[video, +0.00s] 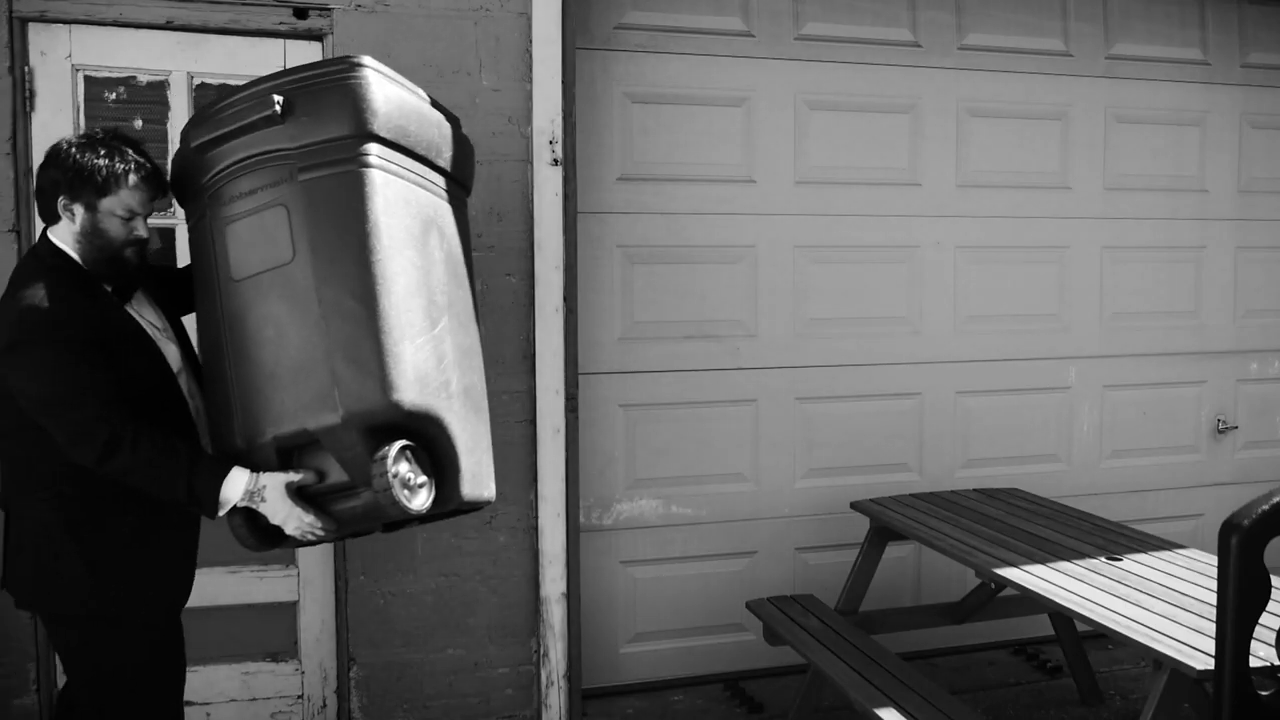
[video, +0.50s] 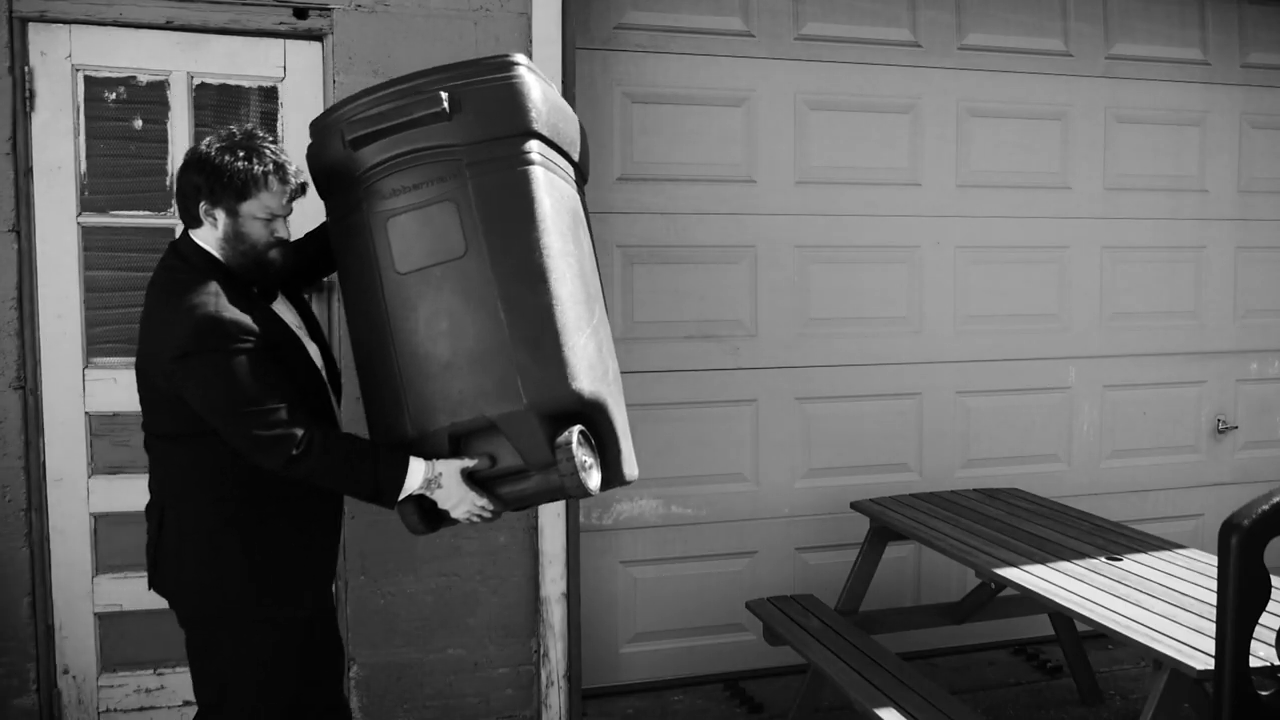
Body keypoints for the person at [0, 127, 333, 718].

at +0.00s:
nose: (144, 232)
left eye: (147, 216)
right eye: (126, 218)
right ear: (69, 211)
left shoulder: (122, 274)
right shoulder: (40, 311)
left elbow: (213, 282)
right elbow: (108, 444)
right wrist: (245, 488)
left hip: (144, 551)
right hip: (95, 569)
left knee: (141, 697)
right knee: (132, 703)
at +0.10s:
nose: (172, 239)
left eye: (174, 223)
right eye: (155, 226)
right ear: (97, 219)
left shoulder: (141, 279)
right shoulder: (71, 320)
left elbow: (232, 285)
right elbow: (151, 452)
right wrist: (287, 494)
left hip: (178, 560)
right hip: (133, 580)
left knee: (163, 703)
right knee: (169, 707)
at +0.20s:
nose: (198, 239)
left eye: (199, 223)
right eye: (183, 226)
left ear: (129, 219)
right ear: (125, 218)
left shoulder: (165, 276)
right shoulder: (103, 320)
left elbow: (256, 269)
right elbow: (188, 451)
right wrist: (324, 492)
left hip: (210, 559)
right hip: (163, 582)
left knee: (223, 693)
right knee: (190, 705)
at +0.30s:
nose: (226, 233)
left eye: (228, 217)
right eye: (211, 220)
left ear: (157, 214)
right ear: (152, 213)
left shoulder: (190, 270)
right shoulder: (134, 316)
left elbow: (291, 251)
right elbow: (221, 449)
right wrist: (357, 486)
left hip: (234, 554)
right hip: (189, 577)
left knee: (263, 682)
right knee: (220, 701)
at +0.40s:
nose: (255, 229)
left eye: (256, 213)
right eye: (239, 217)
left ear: (185, 214)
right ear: (181, 213)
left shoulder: (222, 265)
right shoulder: (168, 313)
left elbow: (321, 242)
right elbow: (256, 447)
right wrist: (388, 479)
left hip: (261, 556)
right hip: (215, 576)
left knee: (293, 696)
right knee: (237, 706)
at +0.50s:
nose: (284, 232)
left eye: (286, 216)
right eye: (269, 220)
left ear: (214, 216)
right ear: (212, 215)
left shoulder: (236, 268)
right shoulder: (203, 314)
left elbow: (311, 255)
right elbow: (288, 445)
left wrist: (390, 198)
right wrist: (422, 476)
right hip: (243, 573)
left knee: (314, 701)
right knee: (259, 706)